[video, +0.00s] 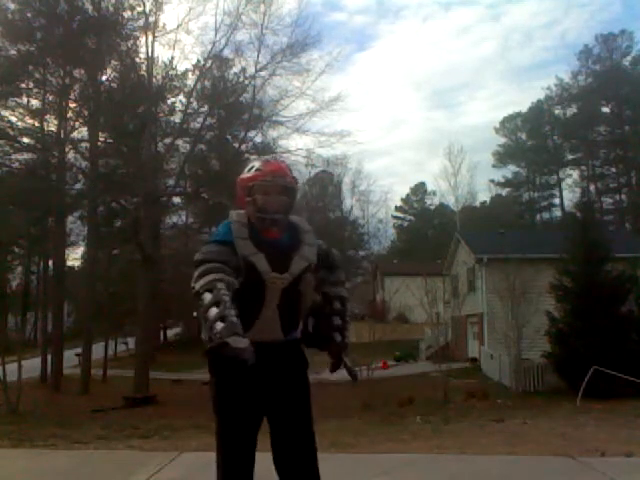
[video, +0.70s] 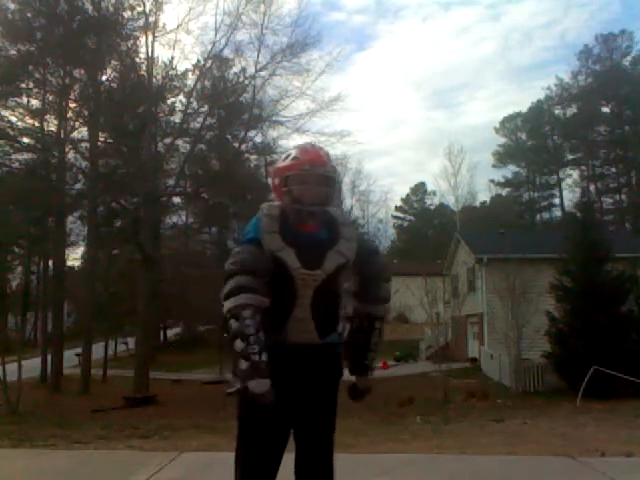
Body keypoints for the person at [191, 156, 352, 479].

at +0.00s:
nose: (275, 200)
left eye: (282, 192)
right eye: (266, 192)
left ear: (291, 198)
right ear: (249, 197)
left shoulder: (305, 238)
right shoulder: (230, 235)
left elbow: (332, 283)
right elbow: (212, 281)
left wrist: (334, 335)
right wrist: (229, 337)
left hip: (287, 357)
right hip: (238, 355)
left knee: (298, 449)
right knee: (236, 452)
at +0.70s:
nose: (312, 191)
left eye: (320, 182)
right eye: (302, 182)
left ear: (331, 188)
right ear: (285, 187)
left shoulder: (349, 238)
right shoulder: (261, 233)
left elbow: (370, 298)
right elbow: (243, 292)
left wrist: (360, 364)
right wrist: (253, 364)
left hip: (322, 364)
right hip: (270, 361)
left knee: (316, 462)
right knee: (257, 462)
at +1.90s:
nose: (286, 196)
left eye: (296, 186)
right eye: (276, 185)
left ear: (311, 187)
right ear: (257, 183)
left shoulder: (333, 226)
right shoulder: (237, 225)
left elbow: (370, 272)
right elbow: (198, 285)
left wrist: (356, 362)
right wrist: (175, 347)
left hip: (311, 363)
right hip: (255, 362)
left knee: (311, 463)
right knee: (261, 462)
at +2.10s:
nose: (283, 195)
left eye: (296, 184)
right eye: (273, 182)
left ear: (311, 188)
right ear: (254, 184)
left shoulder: (332, 229)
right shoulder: (232, 228)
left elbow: (369, 285)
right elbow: (194, 288)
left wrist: (364, 380)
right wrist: (174, 364)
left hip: (309, 364)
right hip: (251, 365)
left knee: (309, 464)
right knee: (257, 464)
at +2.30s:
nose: (287, 195)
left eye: (300, 185)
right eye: (277, 182)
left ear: (312, 188)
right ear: (256, 183)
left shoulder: (327, 226)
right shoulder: (231, 226)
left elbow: (371, 275)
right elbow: (189, 295)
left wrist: (383, 358)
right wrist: (170, 386)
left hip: (305, 363)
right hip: (246, 365)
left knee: (306, 466)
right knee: (253, 467)